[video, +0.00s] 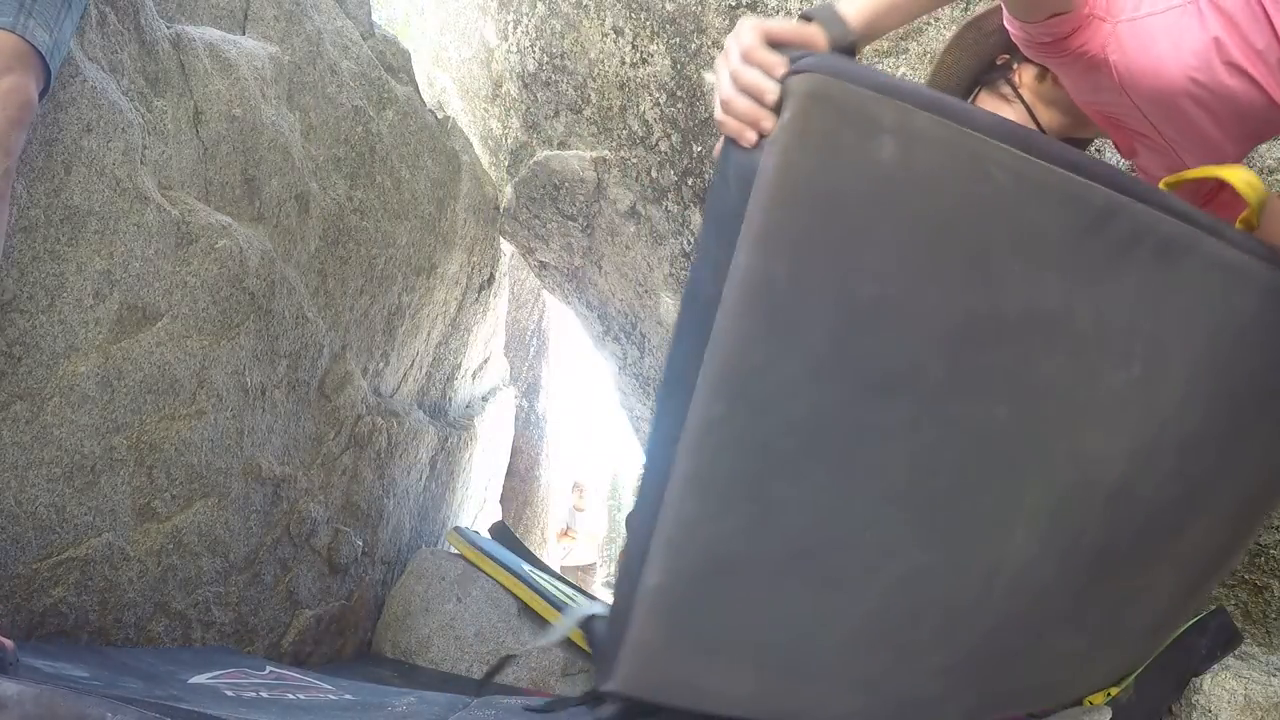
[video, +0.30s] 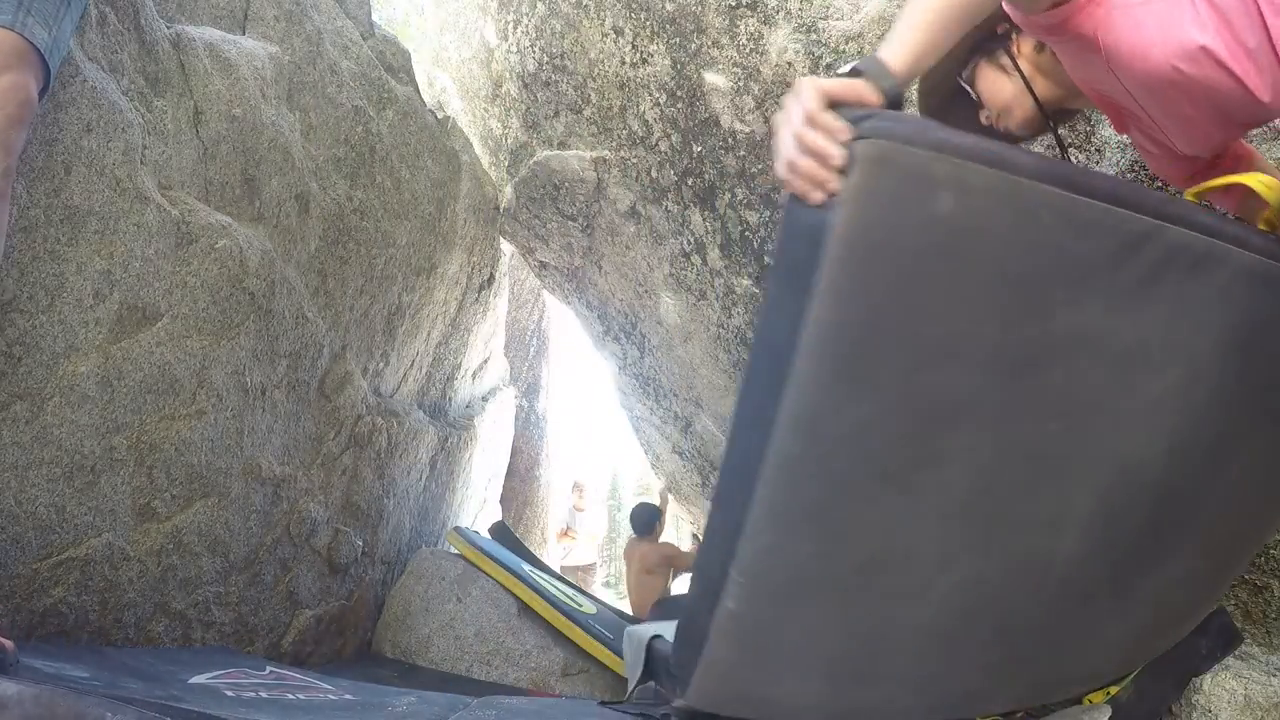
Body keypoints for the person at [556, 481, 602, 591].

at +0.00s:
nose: (581, 494)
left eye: (585, 490)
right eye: (578, 490)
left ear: (590, 493)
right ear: (572, 493)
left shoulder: (596, 513)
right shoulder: (565, 513)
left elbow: (597, 539)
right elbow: (560, 539)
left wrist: (571, 532)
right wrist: (585, 539)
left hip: (589, 564)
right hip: (568, 564)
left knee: (586, 602)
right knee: (568, 602)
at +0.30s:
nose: (581, 494)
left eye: (584, 490)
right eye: (578, 490)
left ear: (590, 493)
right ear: (572, 493)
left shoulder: (597, 513)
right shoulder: (565, 513)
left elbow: (596, 539)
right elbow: (560, 539)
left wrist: (571, 532)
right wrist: (585, 539)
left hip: (589, 564)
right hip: (568, 564)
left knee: (587, 602)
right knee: (568, 603)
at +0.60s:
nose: (581, 493)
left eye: (584, 490)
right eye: (578, 490)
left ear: (588, 493)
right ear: (572, 493)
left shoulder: (596, 513)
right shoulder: (565, 513)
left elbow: (597, 539)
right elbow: (560, 539)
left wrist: (571, 532)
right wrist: (584, 538)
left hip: (589, 564)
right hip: (568, 564)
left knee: (590, 602)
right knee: (568, 603)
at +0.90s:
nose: (581, 493)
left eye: (584, 490)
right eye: (578, 490)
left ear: (588, 492)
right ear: (572, 493)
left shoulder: (596, 513)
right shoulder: (565, 513)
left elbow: (597, 538)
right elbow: (559, 540)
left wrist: (570, 532)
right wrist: (584, 538)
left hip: (589, 564)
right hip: (568, 565)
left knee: (588, 604)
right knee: (568, 604)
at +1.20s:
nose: (581, 493)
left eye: (584, 490)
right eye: (578, 489)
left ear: (589, 492)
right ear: (572, 492)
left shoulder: (597, 512)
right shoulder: (565, 513)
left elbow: (597, 538)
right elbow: (560, 540)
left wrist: (571, 532)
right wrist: (585, 538)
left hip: (589, 564)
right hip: (568, 565)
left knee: (588, 603)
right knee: (568, 603)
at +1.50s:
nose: (581, 493)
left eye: (584, 489)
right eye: (578, 489)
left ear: (589, 492)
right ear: (572, 492)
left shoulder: (597, 513)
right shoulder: (565, 512)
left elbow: (598, 539)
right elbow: (559, 540)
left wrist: (571, 533)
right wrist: (585, 538)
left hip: (589, 565)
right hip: (567, 566)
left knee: (589, 605)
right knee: (568, 605)